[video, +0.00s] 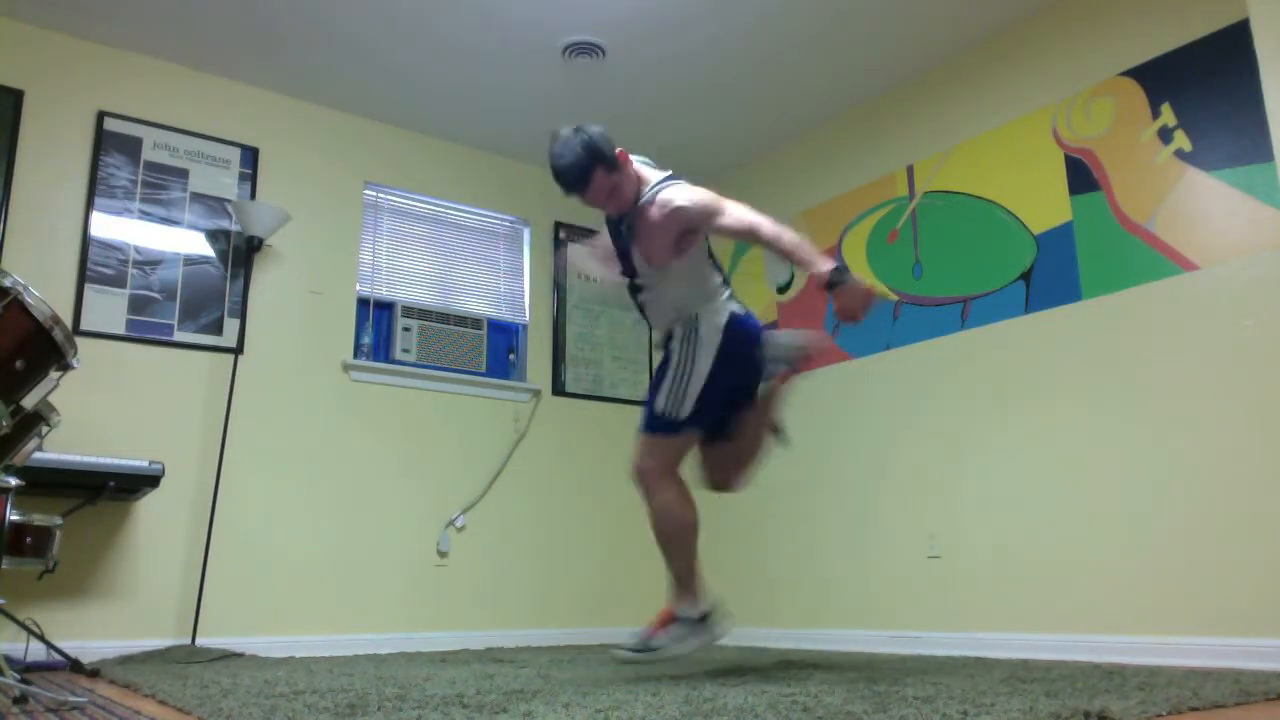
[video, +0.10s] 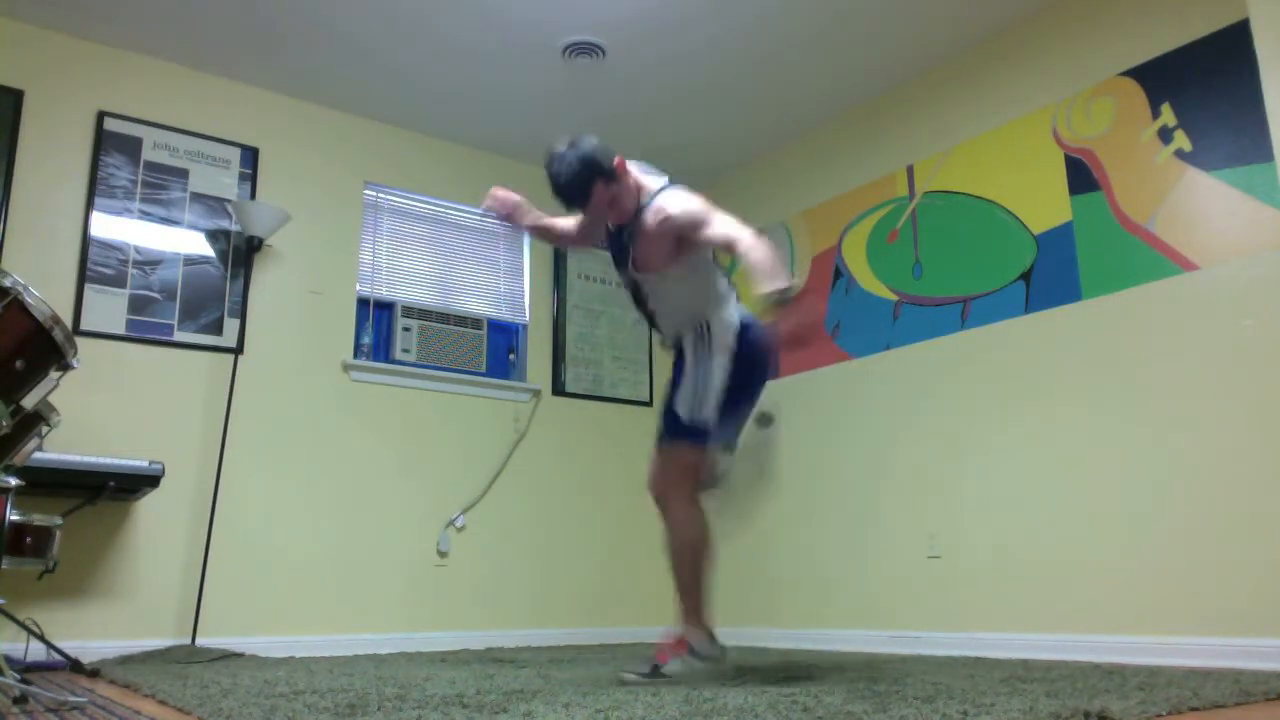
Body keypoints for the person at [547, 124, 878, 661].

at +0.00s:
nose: (606, 204)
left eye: (608, 190)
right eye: (594, 201)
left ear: (622, 161)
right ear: (581, 195)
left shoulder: (671, 204)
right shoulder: (621, 181)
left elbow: (760, 227)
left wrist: (832, 275)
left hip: (705, 334)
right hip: (711, 329)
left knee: (653, 470)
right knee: (725, 472)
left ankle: (690, 610)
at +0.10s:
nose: (606, 214)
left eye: (608, 200)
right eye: (595, 209)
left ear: (624, 171)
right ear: (584, 204)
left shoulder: (671, 210)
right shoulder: (610, 209)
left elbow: (744, 238)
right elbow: (581, 234)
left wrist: (772, 279)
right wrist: (529, 220)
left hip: (723, 342)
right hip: (695, 344)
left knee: (673, 484)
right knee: (673, 478)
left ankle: (696, 635)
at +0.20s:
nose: (606, 230)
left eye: (608, 215)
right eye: (592, 224)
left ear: (622, 186)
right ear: (580, 219)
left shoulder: (669, 223)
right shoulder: (619, 202)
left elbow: (734, 266)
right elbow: (574, 234)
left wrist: (719, 325)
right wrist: (560, 251)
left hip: (717, 361)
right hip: (691, 366)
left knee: (659, 498)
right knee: (660, 501)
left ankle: (699, 646)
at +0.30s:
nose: (608, 214)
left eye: (609, 200)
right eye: (596, 210)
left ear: (625, 168)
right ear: (583, 201)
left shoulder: (674, 214)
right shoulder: (626, 208)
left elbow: (734, 275)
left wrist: (719, 348)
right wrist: (620, 273)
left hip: (700, 358)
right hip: (673, 361)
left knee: (647, 490)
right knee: (658, 498)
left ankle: (691, 635)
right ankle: (745, 609)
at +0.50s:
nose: (617, 207)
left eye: (623, 190)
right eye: (604, 200)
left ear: (643, 162)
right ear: (590, 192)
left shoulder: (684, 220)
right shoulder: (628, 211)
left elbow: (747, 285)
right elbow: (653, 265)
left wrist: (764, 357)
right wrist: (618, 273)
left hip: (700, 359)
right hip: (672, 362)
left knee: (650, 503)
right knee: (653, 509)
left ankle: (699, 645)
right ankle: (752, 602)